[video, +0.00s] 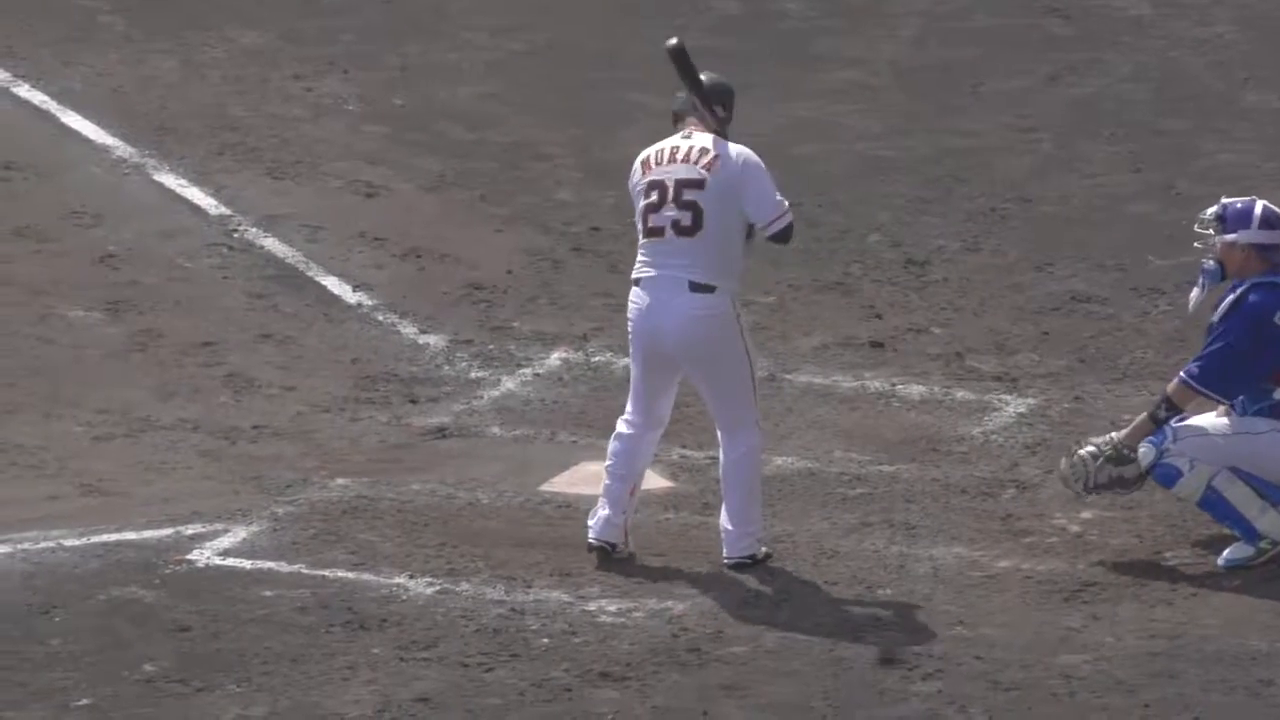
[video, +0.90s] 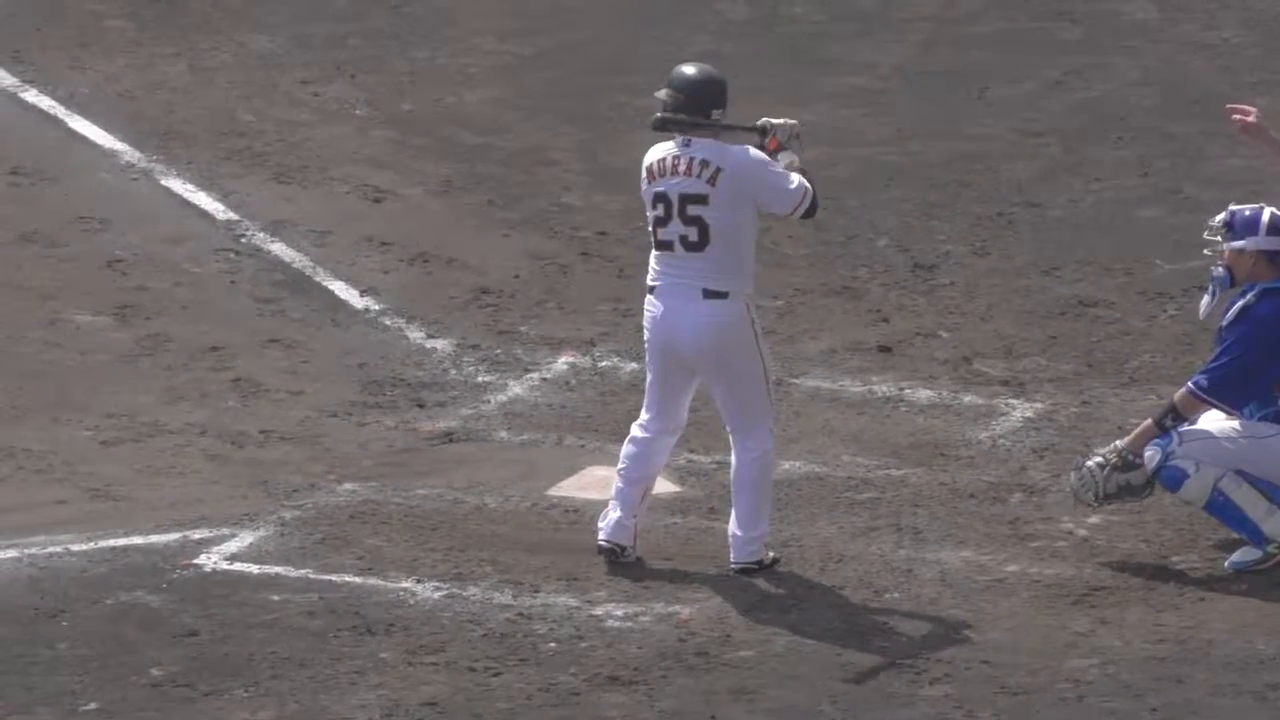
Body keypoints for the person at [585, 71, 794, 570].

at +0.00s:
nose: (729, 123)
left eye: (724, 116)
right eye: (728, 116)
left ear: (678, 115)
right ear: (723, 116)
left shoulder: (644, 161)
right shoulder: (737, 159)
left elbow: (656, 222)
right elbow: (780, 229)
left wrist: (730, 213)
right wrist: (734, 217)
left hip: (644, 304)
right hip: (706, 311)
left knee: (639, 417)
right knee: (738, 430)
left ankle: (605, 530)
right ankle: (741, 543)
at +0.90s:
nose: (665, 113)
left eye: (668, 107)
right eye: (670, 108)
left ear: (675, 110)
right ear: (718, 112)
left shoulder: (652, 161)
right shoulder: (743, 162)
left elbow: (704, 182)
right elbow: (806, 203)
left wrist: (755, 153)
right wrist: (790, 159)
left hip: (660, 311)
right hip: (724, 317)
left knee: (656, 420)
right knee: (751, 433)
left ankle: (614, 531)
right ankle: (747, 549)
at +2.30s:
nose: (616, 161)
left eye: (619, 156)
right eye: (619, 156)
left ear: (625, 160)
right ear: (669, 160)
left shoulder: (606, 205)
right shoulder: (688, 206)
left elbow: (683, 191)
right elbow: (753, 199)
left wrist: (721, 144)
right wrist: (738, 149)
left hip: (600, 356)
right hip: (660, 363)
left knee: (596, 464)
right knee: (689, 473)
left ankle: (548, 569)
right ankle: (678, 588)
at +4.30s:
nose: (602, 176)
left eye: (606, 170)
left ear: (607, 175)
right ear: (655, 177)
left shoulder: (590, 223)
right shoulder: (670, 225)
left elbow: (664, 222)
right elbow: (734, 228)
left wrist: (707, 182)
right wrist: (726, 181)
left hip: (580, 373)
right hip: (641, 380)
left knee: (578, 478)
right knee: (669, 486)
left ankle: (529, 580)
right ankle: (657, 602)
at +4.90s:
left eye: (582, 197)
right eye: (630, 199)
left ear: (584, 199)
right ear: (627, 202)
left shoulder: (567, 242)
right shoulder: (638, 245)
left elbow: (641, 278)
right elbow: (708, 263)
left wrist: (710, 232)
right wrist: (705, 219)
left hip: (539, 392)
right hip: (599, 402)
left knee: (592, 435)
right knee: (632, 501)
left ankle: (554, 515)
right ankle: (619, 608)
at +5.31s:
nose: (594, 215)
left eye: (548, 201)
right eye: (593, 207)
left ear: (551, 205)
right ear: (591, 208)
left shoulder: (537, 243)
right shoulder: (598, 246)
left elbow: (607, 293)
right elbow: (668, 272)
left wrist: (666, 261)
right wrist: (672, 237)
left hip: (499, 381)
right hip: (548, 394)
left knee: (587, 404)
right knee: (598, 484)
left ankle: (532, 499)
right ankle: (601, 587)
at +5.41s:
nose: (538, 210)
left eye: (541, 204)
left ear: (545, 208)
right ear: (582, 212)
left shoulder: (530, 245)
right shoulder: (588, 247)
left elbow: (604, 295)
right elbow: (656, 268)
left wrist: (667, 263)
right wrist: (662, 239)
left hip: (490, 378)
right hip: (539, 389)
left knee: (534, 429)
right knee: (594, 479)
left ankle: (480, 506)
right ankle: (603, 581)